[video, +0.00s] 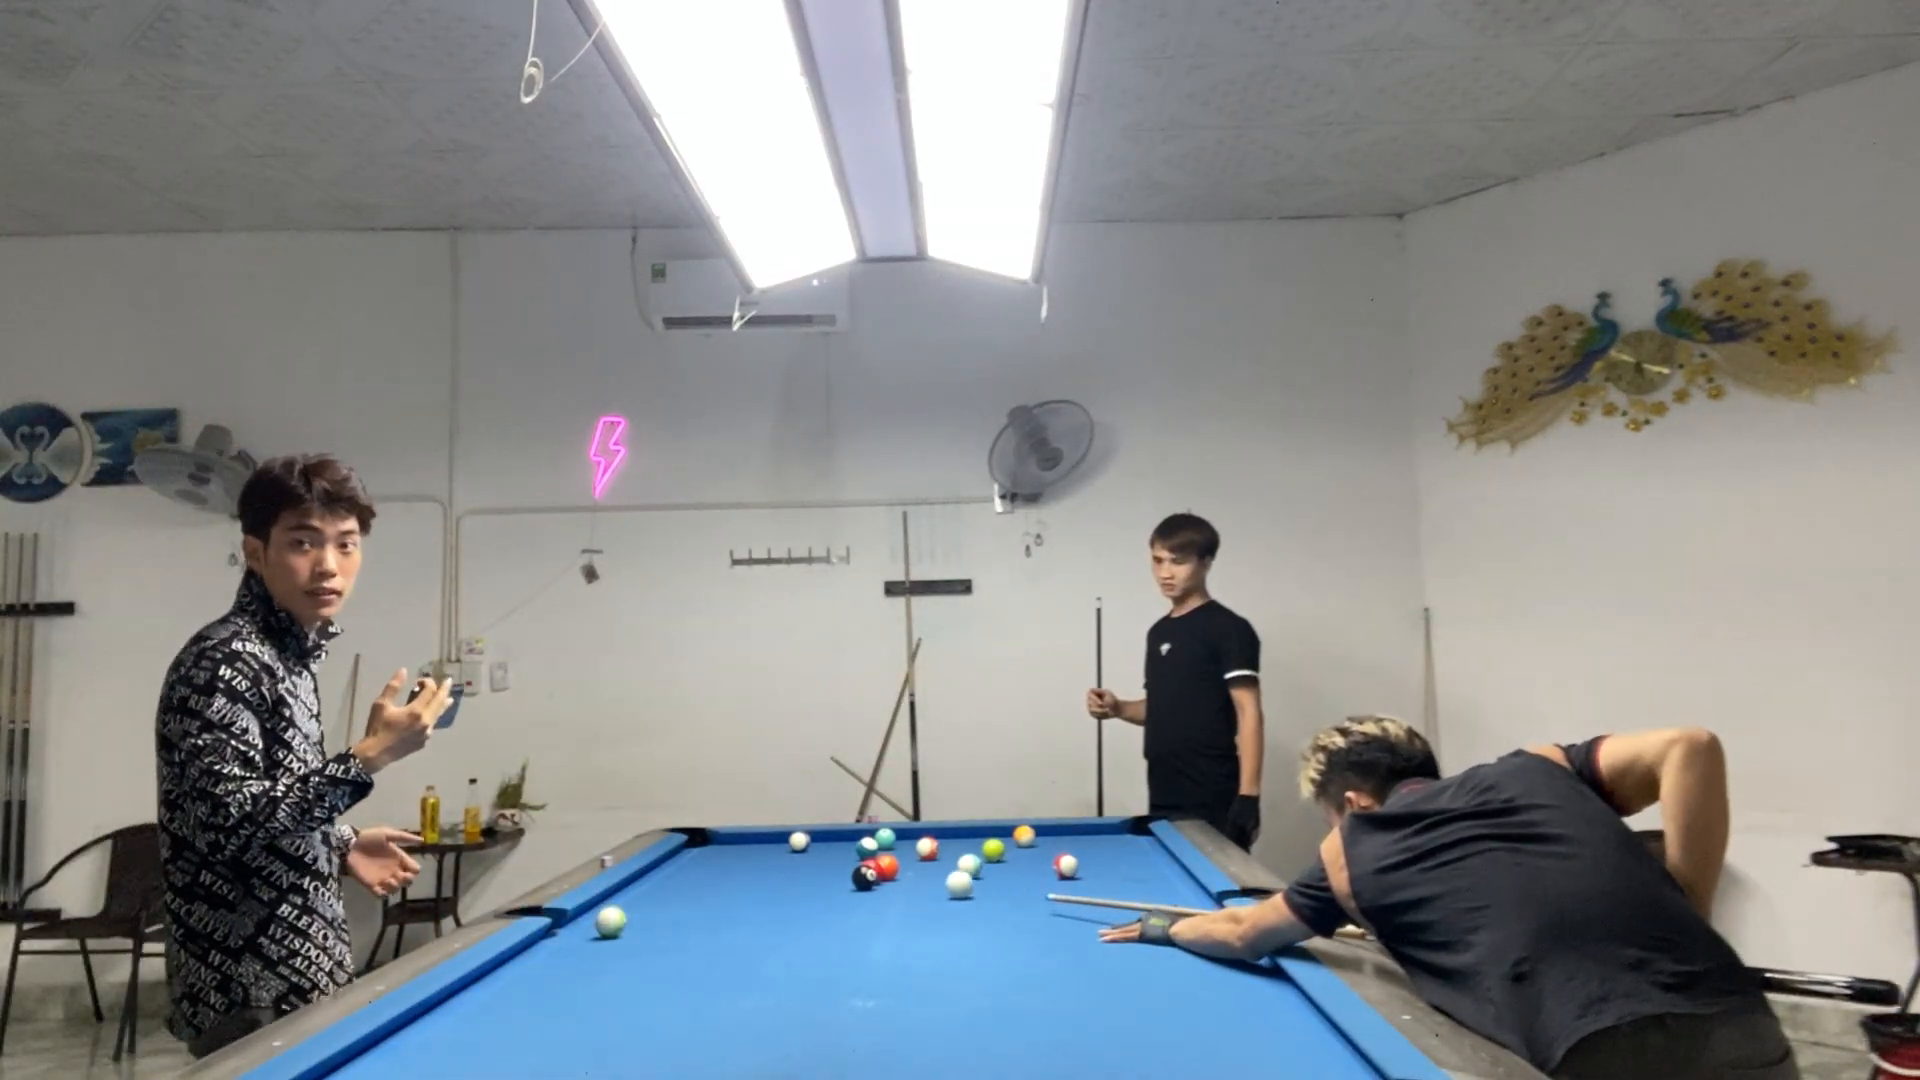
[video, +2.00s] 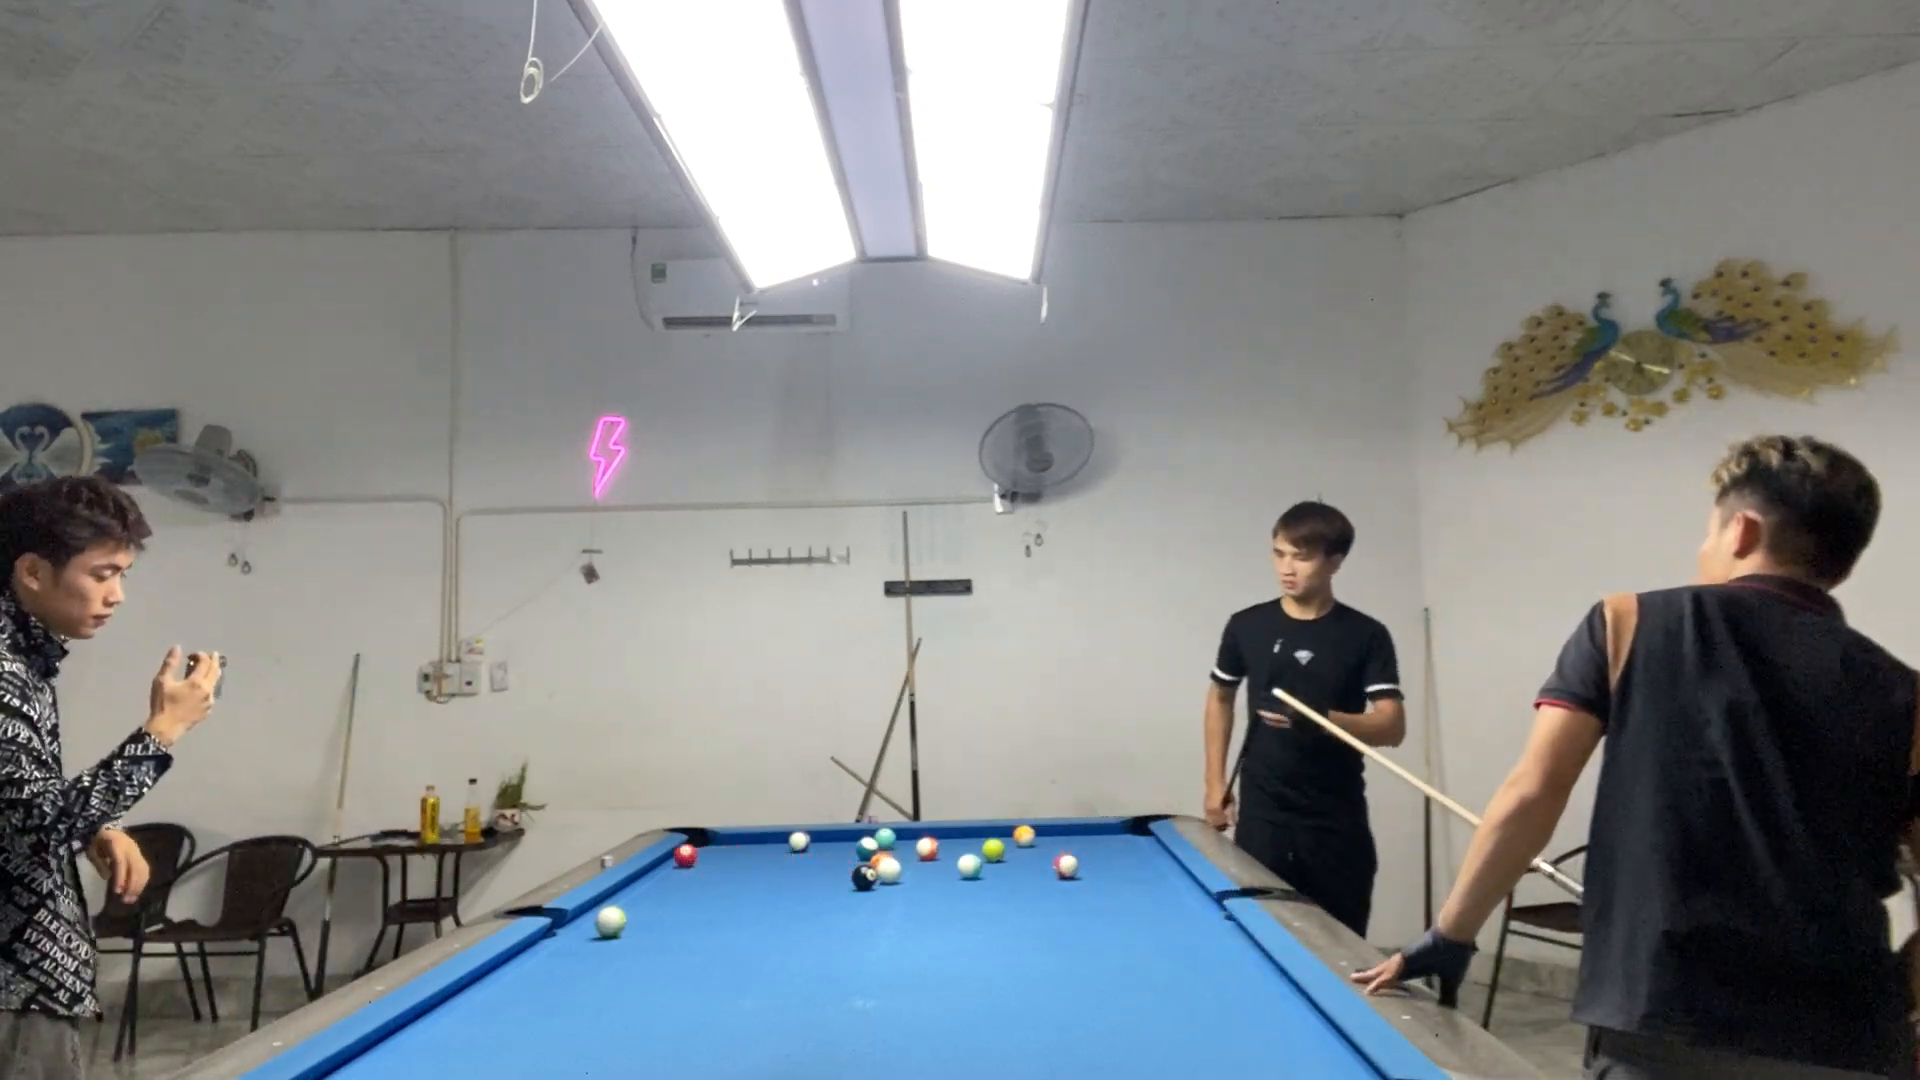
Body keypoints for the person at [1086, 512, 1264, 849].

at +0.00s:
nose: (1165, 572)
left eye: (1178, 561)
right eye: (1158, 561)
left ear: (1205, 564)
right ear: (1151, 562)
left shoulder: (1231, 630)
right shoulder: (1159, 633)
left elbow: (1249, 713)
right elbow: (1161, 710)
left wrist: (1248, 796)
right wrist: (1119, 708)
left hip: (1214, 802)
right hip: (1165, 798)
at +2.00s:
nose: (1287, 568)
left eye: (1301, 557)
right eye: (1280, 555)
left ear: (1334, 562)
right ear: (1272, 555)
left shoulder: (1366, 636)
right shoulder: (1247, 627)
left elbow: (1391, 727)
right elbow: (1220, 698)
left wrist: (1320, 719)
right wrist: (1215, 783)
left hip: (1337, 823)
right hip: (1263, 820)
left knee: (1337, 954)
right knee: (1259, 946)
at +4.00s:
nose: (1275, 580)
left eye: (1270, 561)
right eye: (1267, 564)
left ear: (1308, 551)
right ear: (1364, 539)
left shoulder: (1309, 642)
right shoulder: (1477, 601)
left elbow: (1204, 774)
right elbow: (1607, 676)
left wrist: (1119, 814)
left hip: (1450, 928)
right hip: (1572, 908)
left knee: (1457, 1074)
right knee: (1582, 1071)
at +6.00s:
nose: (1349, 883)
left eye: (1351, 872)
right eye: (1347, 874)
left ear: (1375, 870)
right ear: (1464, 854)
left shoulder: (1406, 893)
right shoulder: (1533, 901)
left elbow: (1236, 928)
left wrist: (1203, 928)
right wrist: (1496, 1038)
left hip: (1598, 1055)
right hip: (1686, 1053)